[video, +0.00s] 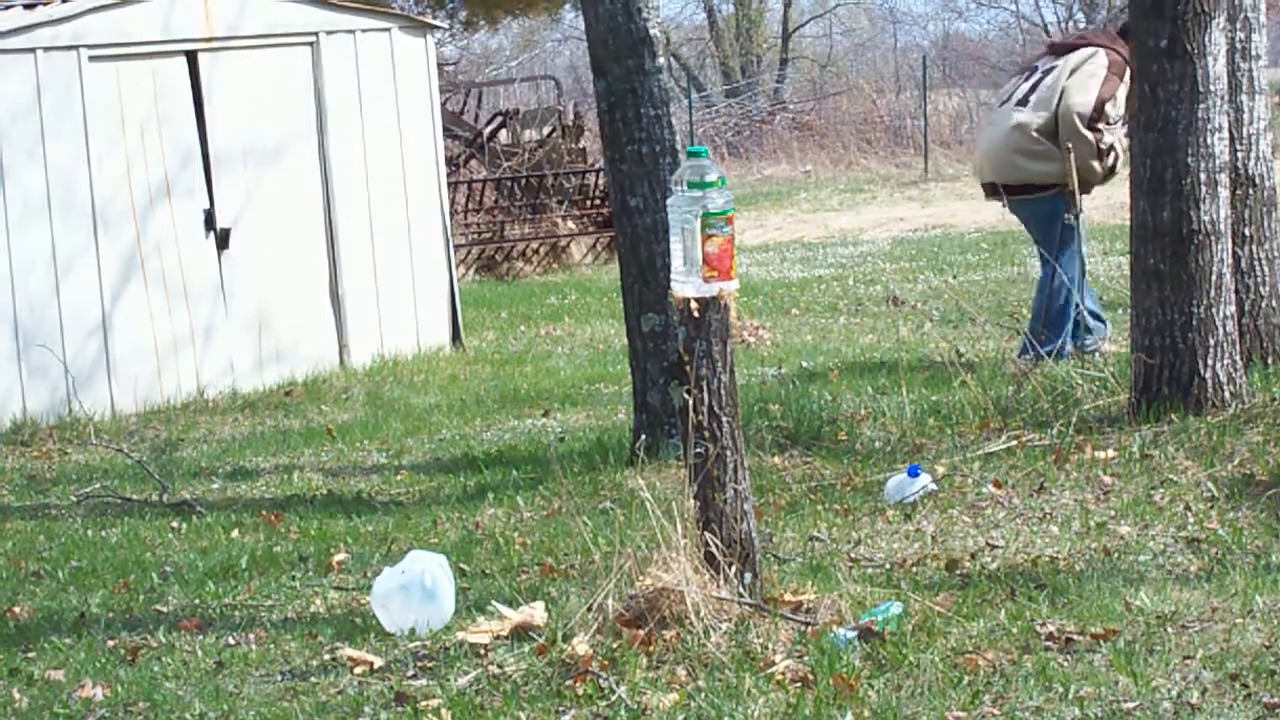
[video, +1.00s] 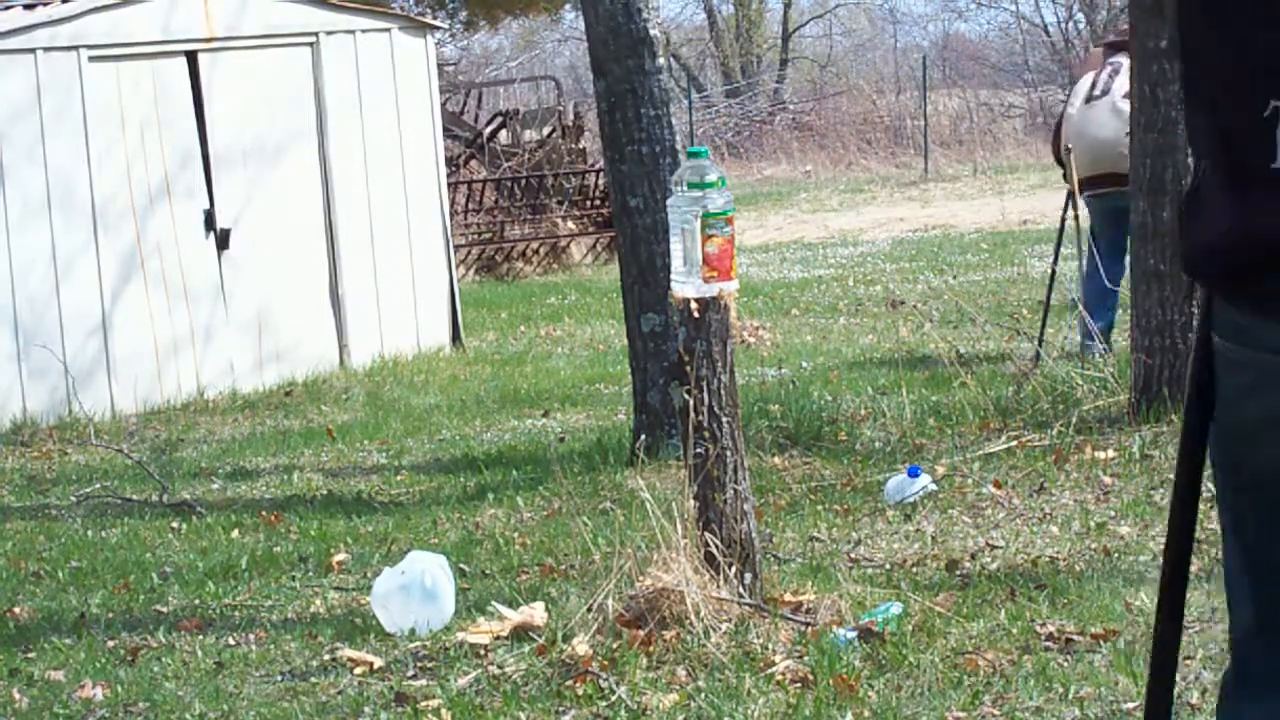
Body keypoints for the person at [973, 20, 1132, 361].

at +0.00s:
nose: (1144, 64)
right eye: (1147, 57)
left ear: (1118, 32)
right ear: (1136, 46)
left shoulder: (1070, 51)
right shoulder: (1109, 57)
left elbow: (1009, 101)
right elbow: (1077, 109)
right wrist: (1094, 170)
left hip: (997, 159)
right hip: (1034, 161)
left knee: (1063, 251)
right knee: (1063, 257)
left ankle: (1088, 335)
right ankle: (1041, 354)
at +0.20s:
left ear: (1122, 30)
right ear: (1142, 44)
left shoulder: (1074, 54)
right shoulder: (1116, 52)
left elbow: (1025, 107)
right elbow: (1093, 105)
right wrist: (1112, 165)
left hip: (1014, 161)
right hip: (1049, 161)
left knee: (1094, 260)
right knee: (1086, 256)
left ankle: (1084, 342)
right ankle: (1048, 346)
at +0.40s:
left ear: (1081, 38)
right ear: (1112, 38)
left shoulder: (1056, 66)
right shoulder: (1110, 61)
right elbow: (1117, 118)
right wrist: (1131, 161)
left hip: (1023, 165)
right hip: (1072, 159)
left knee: (1072, 241)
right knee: (1125, 230)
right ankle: (1084, 320)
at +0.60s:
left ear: (1104, 39)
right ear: (1138, 38)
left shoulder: (1067, 64)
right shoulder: (1132, 54)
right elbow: (1133, 118)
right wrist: (1145, 166)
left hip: (1039, 168)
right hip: (1096, 159)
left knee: (1075, 243)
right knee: (1140, 237)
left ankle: (1081, 345)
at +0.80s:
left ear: (1094, 52)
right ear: (1136, 46)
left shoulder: (1067, 81)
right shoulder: (1139, 66)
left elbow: (1041, 134)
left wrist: (1058, 181)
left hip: (1069, 174)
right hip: (1120, 170)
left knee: (1088, 260)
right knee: (1146, 261)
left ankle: (1082, 346)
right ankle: (1156, 346)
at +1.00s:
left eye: (1106, 51)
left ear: (1106, 53)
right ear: (1138, 49)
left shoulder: (1086, 82)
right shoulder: (1151, 74)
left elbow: (1059, 139)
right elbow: (1167, 127)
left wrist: (1075, 175)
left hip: (1095, 177)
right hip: (1143, 176)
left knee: (1104, 254)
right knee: (1155, 257)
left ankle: (1094, 342)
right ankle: (1160, 343)